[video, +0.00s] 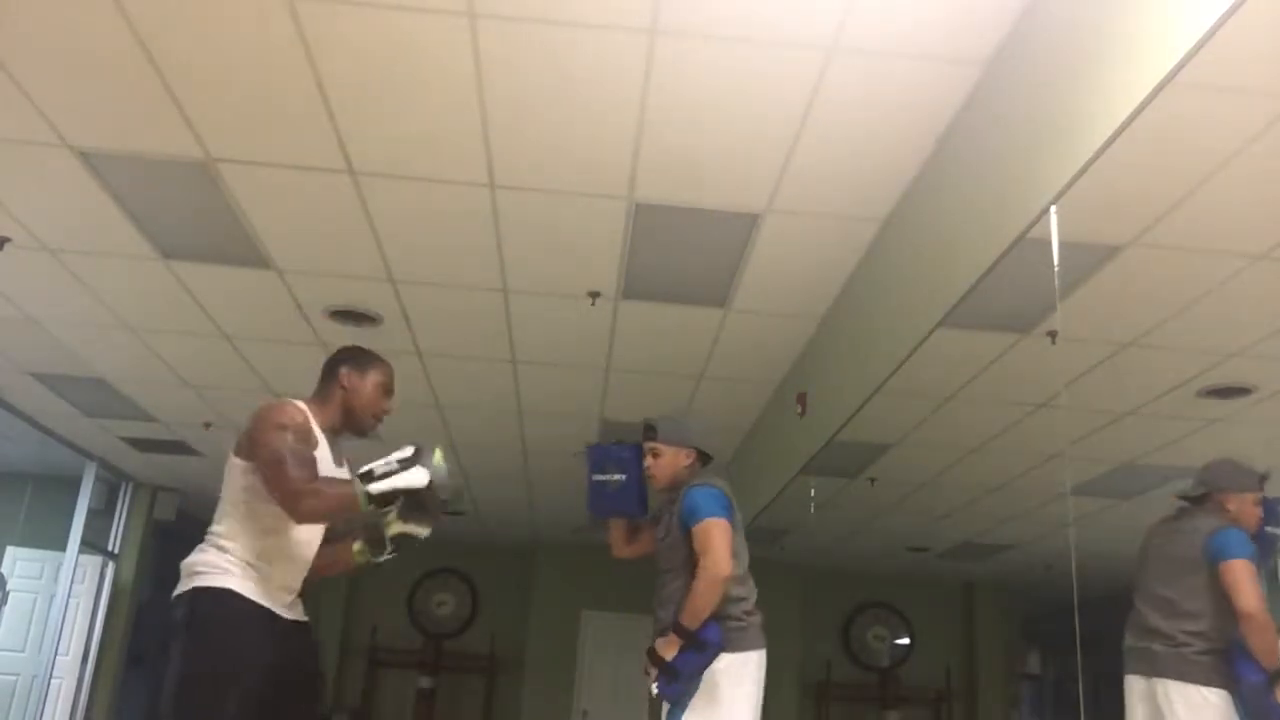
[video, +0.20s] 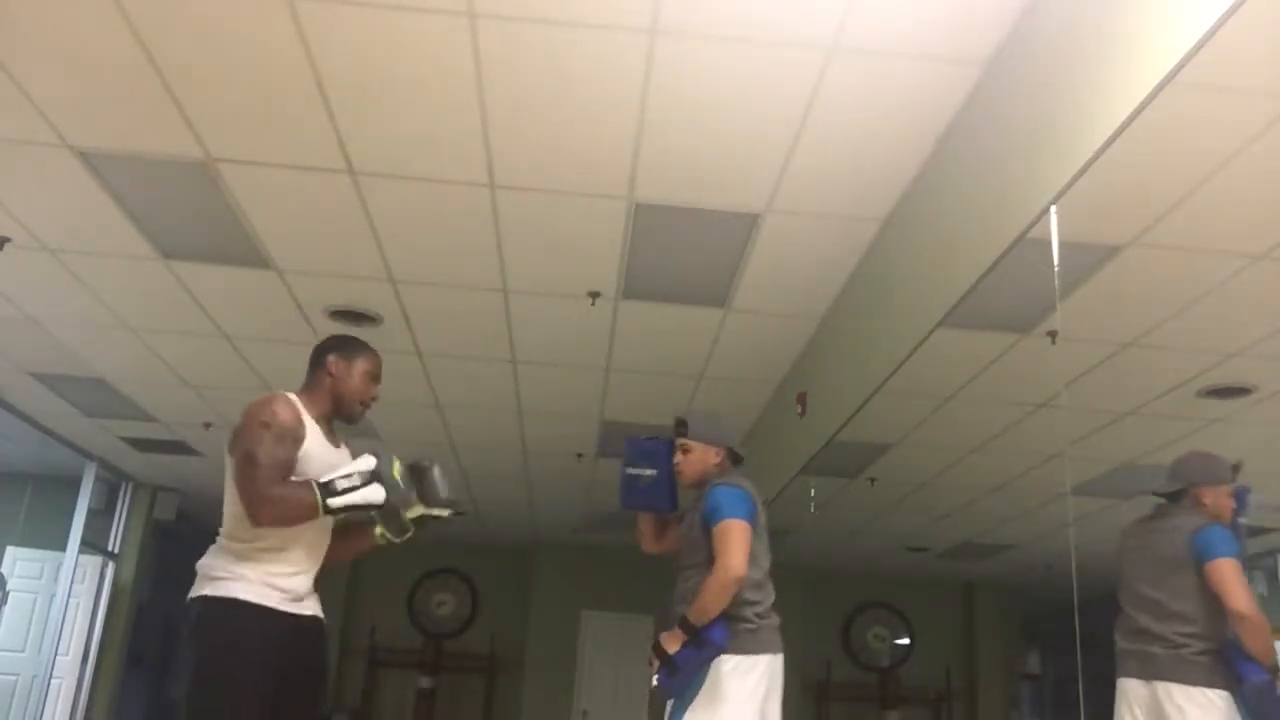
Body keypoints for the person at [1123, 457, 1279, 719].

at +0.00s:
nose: (1261, 514)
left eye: (1261, 504)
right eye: (1255, 503)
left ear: (1207, 500)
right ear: (1227, 501)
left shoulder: (1161, 529)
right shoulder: (1227, 535)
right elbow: (1250, 612)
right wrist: (1276, 669)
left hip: (1138, 671)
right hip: (1192, 676)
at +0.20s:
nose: (1233, 504)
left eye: (1232, 494)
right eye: (1228, 495)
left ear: (1179, 495)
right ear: (1201, 494)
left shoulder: (1135, 531)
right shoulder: (1208, 532)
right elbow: (1242, 610)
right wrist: (1271, 664)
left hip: (1131, 680)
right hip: (1190, 684)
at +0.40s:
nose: (1200, 502)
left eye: (1199, 494)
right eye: (1195, 494)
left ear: (1147, 495)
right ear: (1171, 495)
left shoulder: (1104, 533)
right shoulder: (1178, 530)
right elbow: (1212, 603)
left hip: (1111, 686)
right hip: (1173, 687)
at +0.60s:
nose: (1191, 495)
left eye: (1192, 487)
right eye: (1188, 487)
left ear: (1136, 485)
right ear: (1165, 486)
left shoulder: (1098, 527)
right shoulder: (1170, 520)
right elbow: (1259, 554)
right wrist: (1252, 503)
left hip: (1104, 678)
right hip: (1171, 677)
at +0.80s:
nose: (1216, 491)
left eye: (1217, 484)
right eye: (1214, 483)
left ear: (1158, 481)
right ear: (1198, 482)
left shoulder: (1114, 525)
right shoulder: (1211, 517)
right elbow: (1276, 537)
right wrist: (1268, 488)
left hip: (1128, 682)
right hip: (1203, 684)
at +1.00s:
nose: (1247, 484)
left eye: (1248, 476)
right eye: (1245, 476)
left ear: (1186, 474)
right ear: (1229, 477)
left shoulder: (1135, 515)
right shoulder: (1247, 511)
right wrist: (1251, 491)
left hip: (1155, 676)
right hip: (1236, 677)